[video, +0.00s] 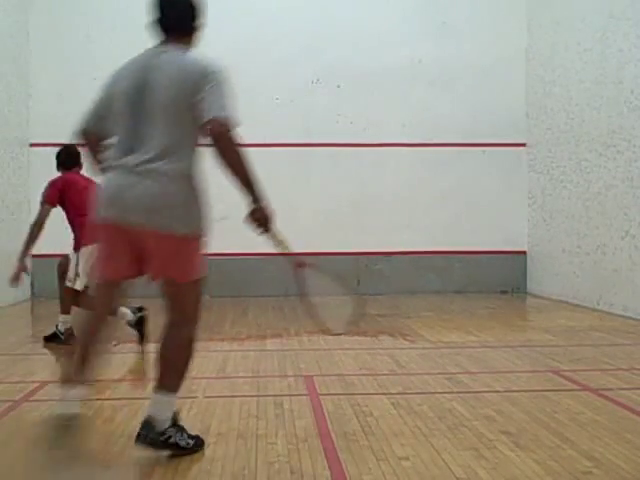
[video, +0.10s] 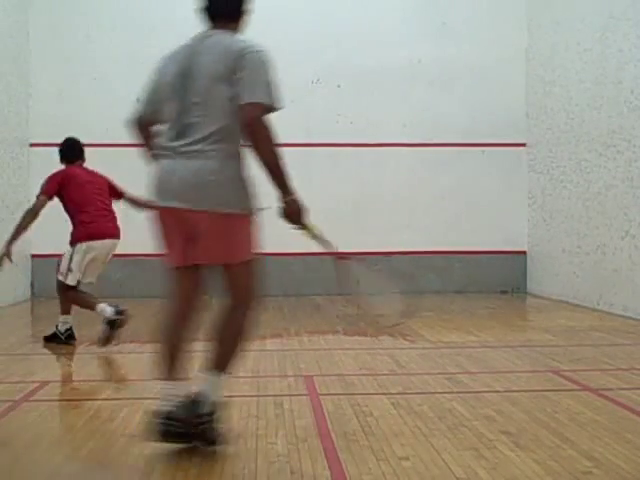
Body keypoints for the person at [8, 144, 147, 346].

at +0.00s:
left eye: (58, 164)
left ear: (59, 165)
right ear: (80, 164)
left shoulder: (59, 183)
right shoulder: (93, 184)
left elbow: (40, 221)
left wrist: (23, 257)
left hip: (88, 241)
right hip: (108, 237)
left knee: (75, 295)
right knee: (63, 267)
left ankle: (130, 316)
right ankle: (64, 327)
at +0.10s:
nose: (63, 160)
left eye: (62, 156)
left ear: (62, 157)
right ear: (83, 156)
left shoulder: (60, 177)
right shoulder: (97, 177)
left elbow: (35, 210)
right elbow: (130, 198)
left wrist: (9, 243)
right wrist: (159, 206)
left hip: (87, 237)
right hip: (111, 236)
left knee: (67, 290)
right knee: (64, 279)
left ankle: (110, 312)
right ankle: (64, 328)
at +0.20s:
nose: (90, 149)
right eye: (90, 146)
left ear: (70, 149)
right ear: (92, 147)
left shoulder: (65, 170)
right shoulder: (107, 168)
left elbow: (37, 199)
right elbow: (146, 183)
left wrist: (7, 230)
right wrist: (181, 189)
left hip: (89, 230)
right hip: (114, 231)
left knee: (67, 277)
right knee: (75, 278)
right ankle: (68, 325)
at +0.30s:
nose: (107, 137)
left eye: (105, 134)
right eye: (105, 134)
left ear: (82, 139)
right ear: (101, 136)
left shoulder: (72, 162)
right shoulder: (118, 159)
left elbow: (42, 195)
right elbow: (160, 177)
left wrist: (17, 228)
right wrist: (189, 178)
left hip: (91, 227)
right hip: (119, 228)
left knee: (77, 281)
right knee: (92, 280)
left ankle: (76, 329)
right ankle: (74, 325)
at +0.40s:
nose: (124, 133)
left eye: (122, 129)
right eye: (121, 130)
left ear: (100, 135)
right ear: (112, 133)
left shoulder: (86, 160)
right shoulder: (132, 156)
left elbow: (56, 195)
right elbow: (169, 181)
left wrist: (39, 233)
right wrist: (193, 179)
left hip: (97, 227)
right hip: (129, 228)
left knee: (80, 282)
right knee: (110, 272)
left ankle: (76, 337)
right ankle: (100, 325)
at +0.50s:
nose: (146, 132)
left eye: (144, 127)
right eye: (142, 128)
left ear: (123, 132)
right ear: (131, 130)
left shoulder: (103, 156)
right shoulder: (148, 156)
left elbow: (76, 195)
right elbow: (177, 184)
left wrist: (70, 231)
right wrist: (202, 189)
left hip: (105, 230)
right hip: (137, 232)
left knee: (85, 282)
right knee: (134, 268)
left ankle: (76, 337)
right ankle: (143, 315)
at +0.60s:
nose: (173, 128)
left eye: (172, 123)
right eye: (169, 123)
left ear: (150, 127)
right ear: (157, 126)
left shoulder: (127, 150)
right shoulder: (170, 154)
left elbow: (99, 185)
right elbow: (194, 183)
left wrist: (102, 218)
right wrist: (216, 197)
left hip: (121, 224)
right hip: (154, 228)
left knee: (97, 278)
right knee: (166, 276)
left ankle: (76, 336)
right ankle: (184, 317)